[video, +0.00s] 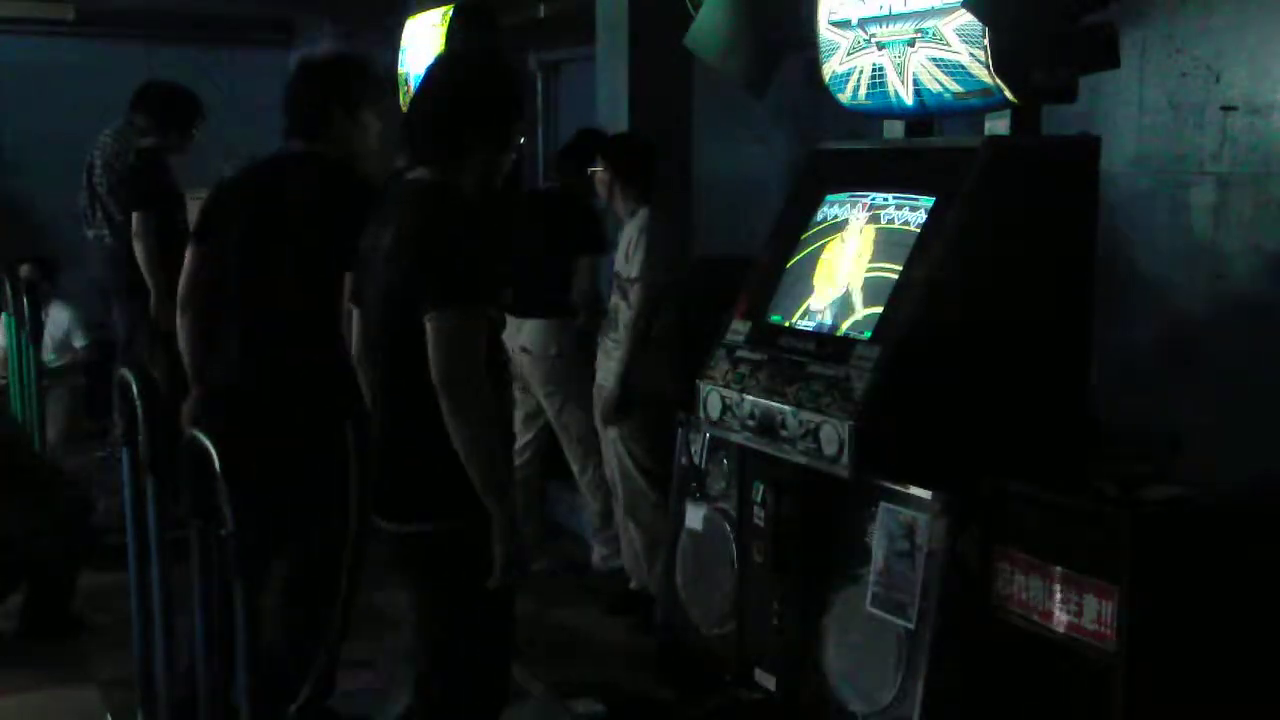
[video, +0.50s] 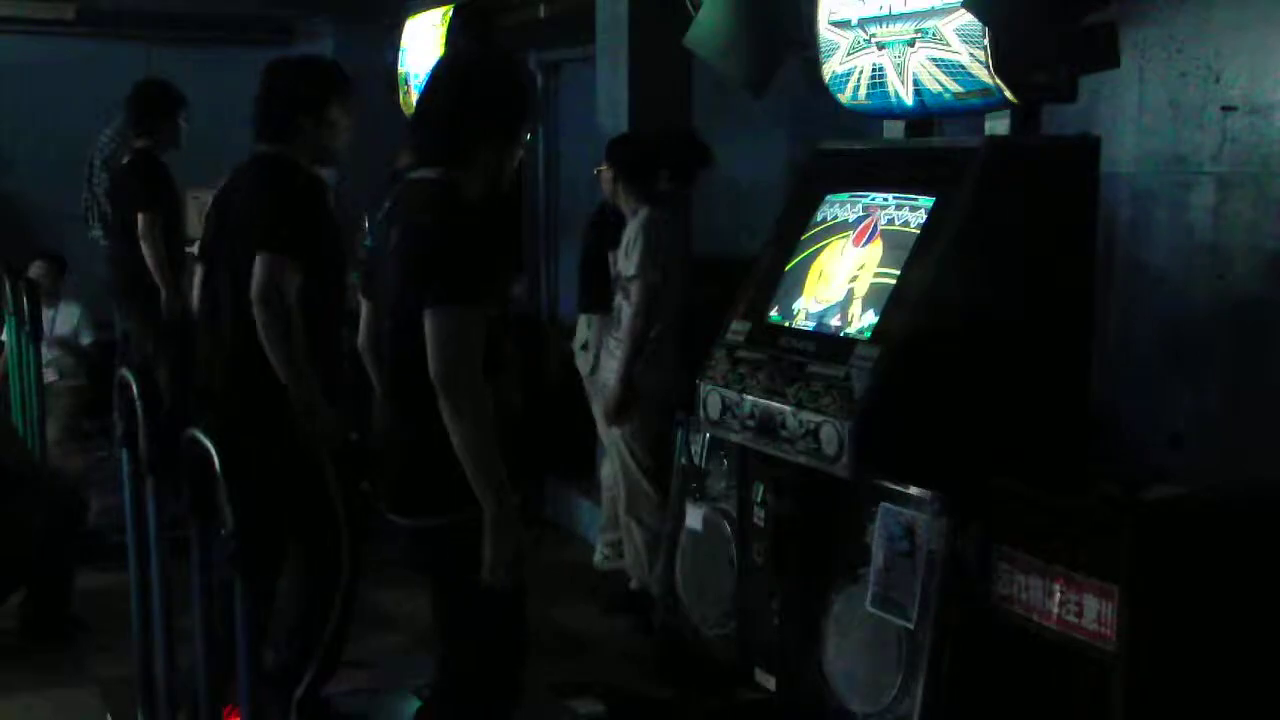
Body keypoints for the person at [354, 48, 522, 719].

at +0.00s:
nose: (516, 144)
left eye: (516, 126)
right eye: (513, 127)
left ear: (422, 114)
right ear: (494, 129)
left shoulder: (393, 206)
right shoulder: (464, 218)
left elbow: (358, 337)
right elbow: (458, 374)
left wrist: (390, 426)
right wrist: (500, 502)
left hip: (398, 475)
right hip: (450, 491)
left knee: (437, 668)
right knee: (468, 676)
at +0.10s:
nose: (515, 144)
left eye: (513, 126)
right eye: (512, 127)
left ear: (420, 114)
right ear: (500, 132)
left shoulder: (387, 203)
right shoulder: (465, 217)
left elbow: (350, 343)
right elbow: (463, 372)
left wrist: (387, 423)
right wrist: (507, 489)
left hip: (393, 469)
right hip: (452, 482)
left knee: (430, 659)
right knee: (468, 666)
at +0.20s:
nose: (518, 146)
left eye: (519, 128)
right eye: (516, 129)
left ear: (424, 112)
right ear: (496, 130)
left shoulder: (383, 197)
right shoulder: (468, 212)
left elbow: (344, 336)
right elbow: (464, 367)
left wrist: (380, 421)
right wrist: (512, 489)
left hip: (395, 458)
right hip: (452, 468)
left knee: (426, 641)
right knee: (474, 649)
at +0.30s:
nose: (519, 147)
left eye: (520, 129)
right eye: (516, 130)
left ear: (429, 116)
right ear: (495, 130)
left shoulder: (393, 202)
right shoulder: (466, 215)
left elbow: (354, 341)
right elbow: (458, 370)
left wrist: (388, 429)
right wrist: (514, 497)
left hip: (403, 464)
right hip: (455, 476)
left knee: (439, 651)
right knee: (477, 658)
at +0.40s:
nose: (522, 147)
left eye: (523, 130)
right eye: (517, 130)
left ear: (432, 115)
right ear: (494, 131)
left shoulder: (399, 208)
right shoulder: (464, 220)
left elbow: (368, 346)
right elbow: (456, 381)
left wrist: (399, 437)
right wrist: (510, 511)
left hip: (407, 470)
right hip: (453, 484)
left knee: (457, 658)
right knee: (483, 665)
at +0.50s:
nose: (521, 146)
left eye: (521, 126)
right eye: (517, 127)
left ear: (436, 111)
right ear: (496, 126)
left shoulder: (400, 200)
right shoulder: (461, 211)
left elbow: (370, 339)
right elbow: (451, 372)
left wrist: (402, 424)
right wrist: (495, 504)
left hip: (413, 467)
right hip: (462, 481)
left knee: (457, 661)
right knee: (485, 670)